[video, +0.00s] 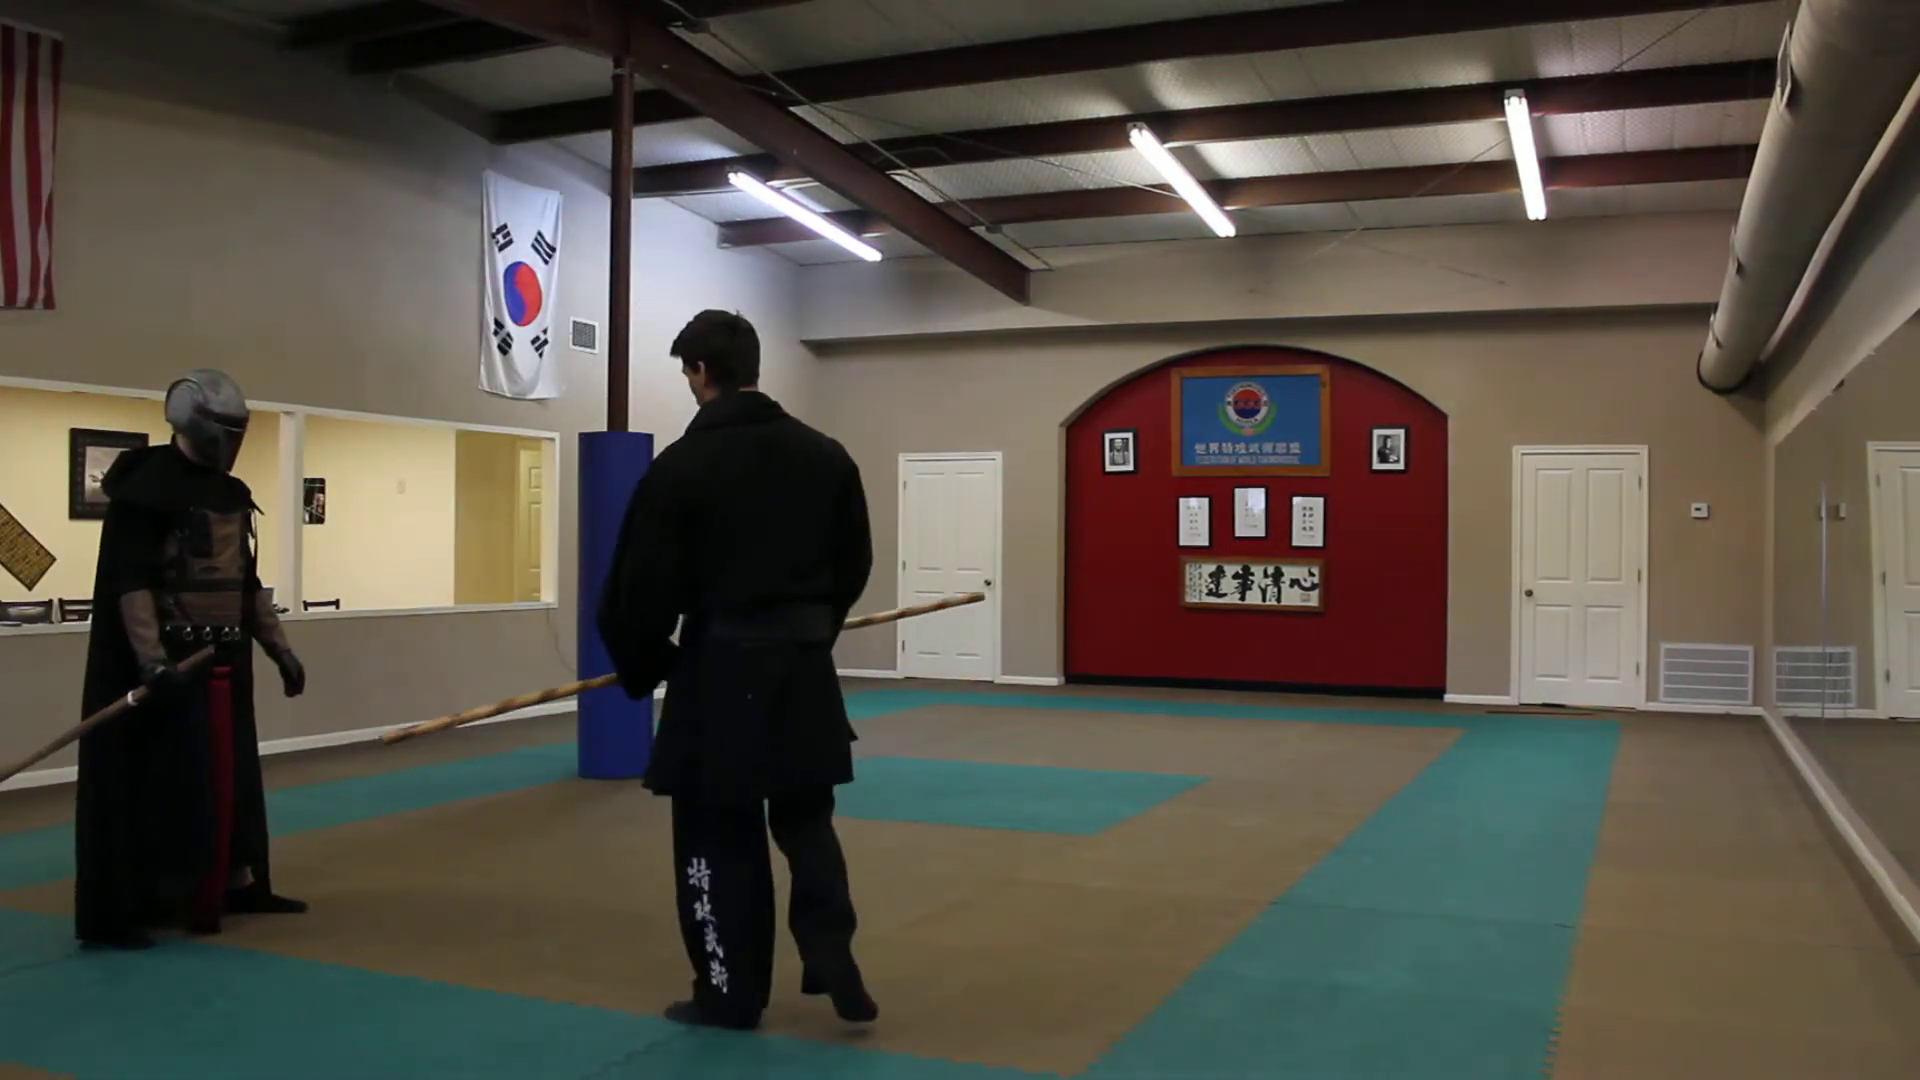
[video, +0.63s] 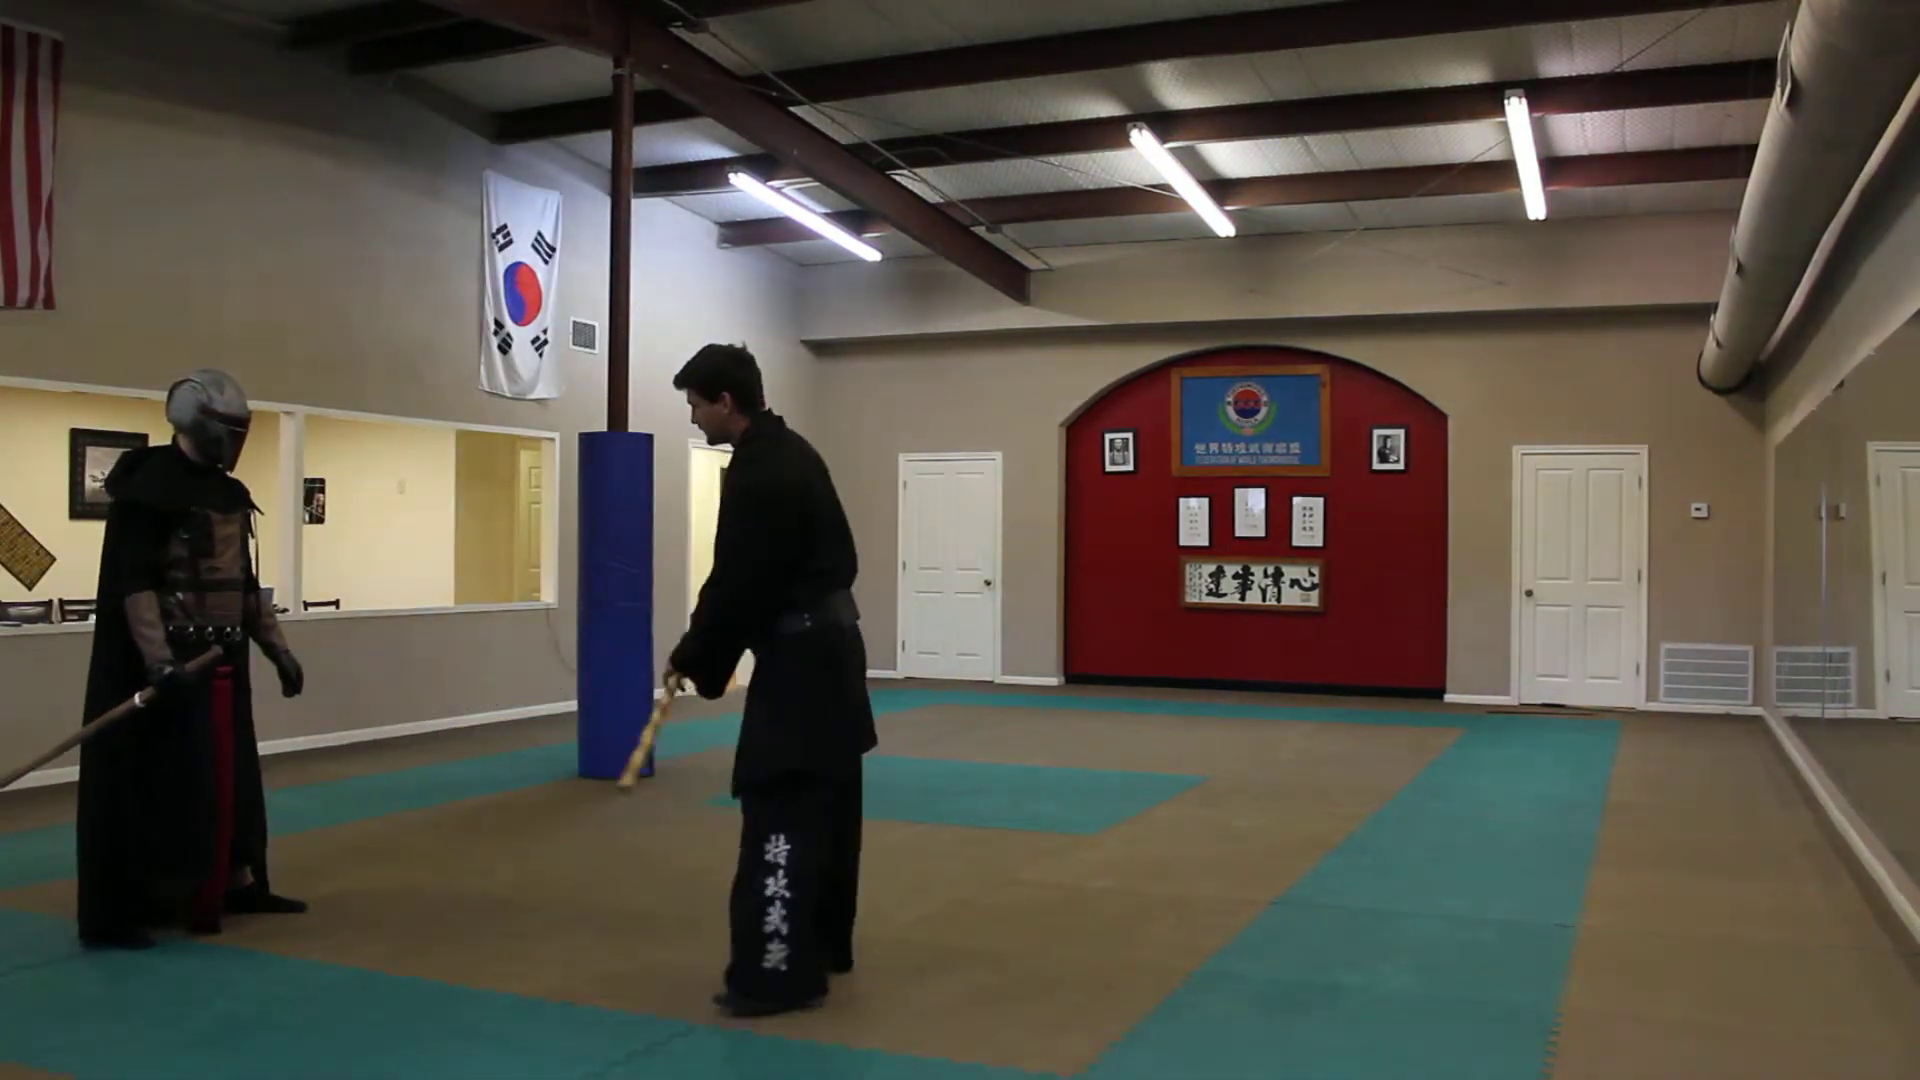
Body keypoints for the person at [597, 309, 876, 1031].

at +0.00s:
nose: (684, 385)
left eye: (683, 374)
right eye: (684, 374)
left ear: (699, 374)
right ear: (755, 369)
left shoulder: (680, 467)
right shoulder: (825, 456)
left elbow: (631, 598)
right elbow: (851, 568)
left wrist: (646, 669)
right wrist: (810, 634)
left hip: (716, 679)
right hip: (804, 676)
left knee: (715, 839)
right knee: (807, 817)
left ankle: (729, 996)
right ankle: (832, 953)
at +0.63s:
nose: (694, 419)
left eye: (697, 406)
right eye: (692, 406)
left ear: (727, 401)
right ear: (739, 399)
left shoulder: (757, 468)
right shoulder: (790, 453)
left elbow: (739, 581)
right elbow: (742, 572)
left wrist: (693, 658)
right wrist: (698, 640)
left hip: (798, 660)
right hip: (832, 649)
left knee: (777, 813)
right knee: (824, 805)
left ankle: (777, 976)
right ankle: (824, 946)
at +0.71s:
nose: (697, 422)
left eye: (701, 408)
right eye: (696, 410)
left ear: (731, 402)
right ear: (740, 401)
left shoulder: (769, 471)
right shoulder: (778, 457)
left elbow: (759, 589)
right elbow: (742, 559)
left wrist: (719, 670)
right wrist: (707, 612)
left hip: (808, 664)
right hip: (822, 655)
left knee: (794, 812)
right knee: (822, 806)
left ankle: (821, 966)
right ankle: (845, 942)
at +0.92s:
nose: (686, 434)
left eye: (692, 422)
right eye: (685, 422)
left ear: (725, 418)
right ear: (724, 419)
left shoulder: (793, 488)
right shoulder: (728, 494)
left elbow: (811, 595)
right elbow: (707, 590)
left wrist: (747, 667)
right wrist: (679, 663)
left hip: (826, 676)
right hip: (770, 678)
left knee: (847, 811)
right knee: (754, 789)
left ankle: (894, 958)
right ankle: (809, 936)